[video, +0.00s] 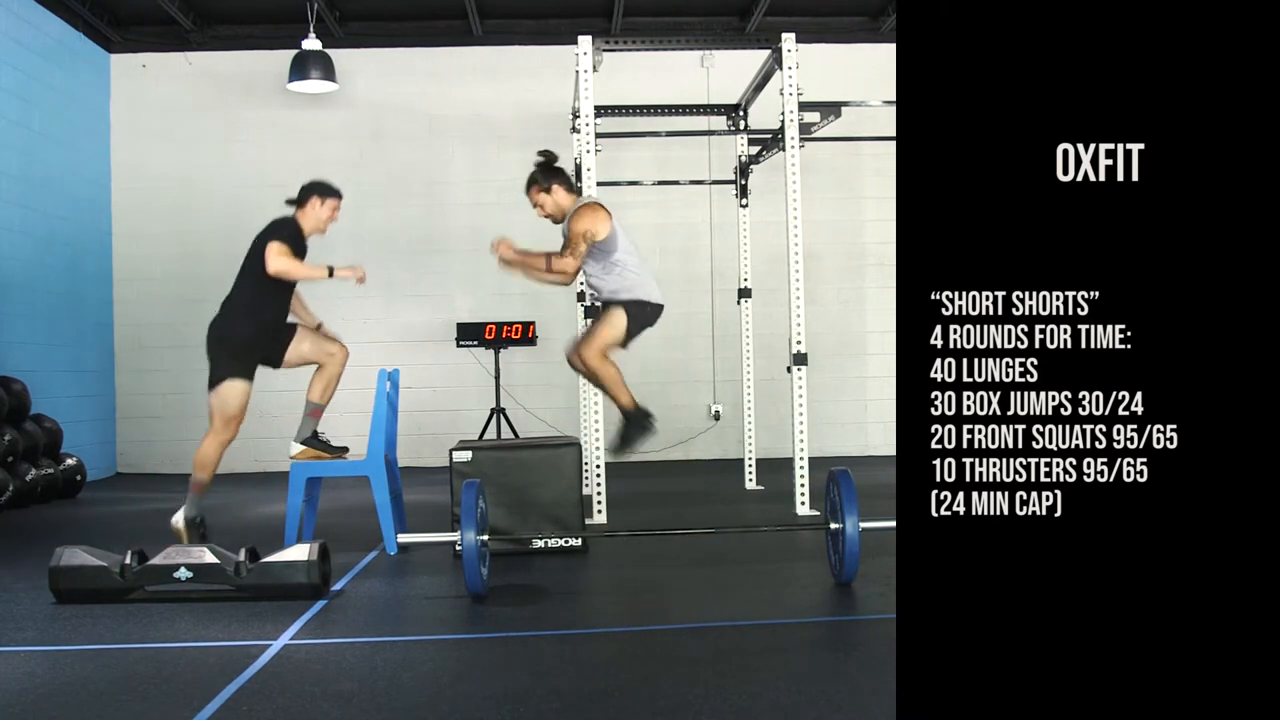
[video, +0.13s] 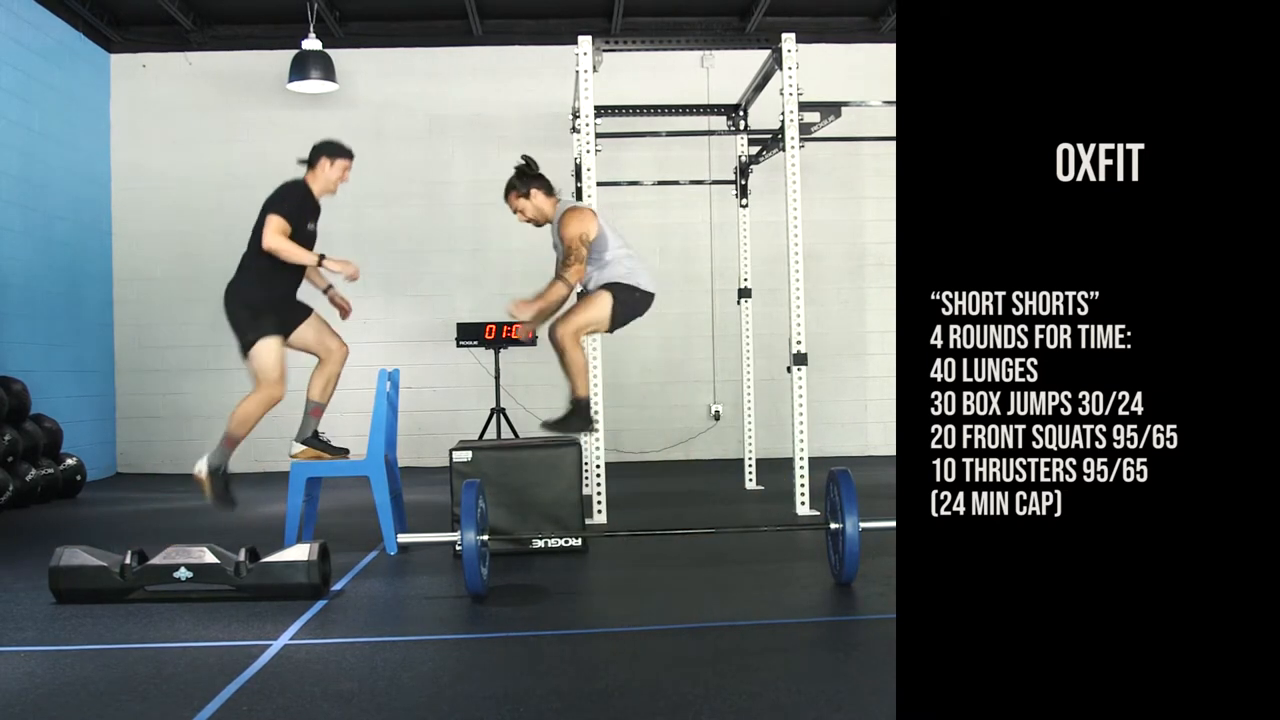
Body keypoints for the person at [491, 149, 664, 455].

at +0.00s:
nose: (540, 214)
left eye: (539, 205)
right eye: (536, 207)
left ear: (555, 190)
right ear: (555, 190)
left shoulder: (585, 215)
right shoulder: (580, 218)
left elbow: (567, 263)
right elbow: (566, 276)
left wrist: (516, 254)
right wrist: (518, 265)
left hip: (637, 300)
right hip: (621, 301)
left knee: (589, 352)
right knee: (576, 355)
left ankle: (635, 415)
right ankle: (632, 413)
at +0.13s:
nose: (522, 218)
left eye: (519, 210)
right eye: (516, 213)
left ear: (535, 194)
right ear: (535, 195)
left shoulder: (574, 219)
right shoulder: (563, 224)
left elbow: (571, 275)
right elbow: (563, 281)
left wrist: (536, 306)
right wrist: (534, 322)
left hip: (628, 286)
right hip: (616, 287)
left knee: (564, 331)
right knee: (560, 331)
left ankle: (582, 411)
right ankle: (579, 410)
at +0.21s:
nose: (515, 215)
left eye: (513, 206)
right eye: (510, 209)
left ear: (528, 191)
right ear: (530, 192)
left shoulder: (563, 218)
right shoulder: (553, 223)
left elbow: (584, 270)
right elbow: (569, 277)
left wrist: (563, 312)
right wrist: (561, 314)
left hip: (614, 299)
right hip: (603, 298)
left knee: (556, 350)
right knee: (555, 348)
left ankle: (580, 427)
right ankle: (579, 426)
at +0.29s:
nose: (509, 204)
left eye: (508, 195)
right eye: (505, 199)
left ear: (524, 181)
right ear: (525, 183)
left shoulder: (559, 209)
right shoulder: (549, 213)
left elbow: (589, 254)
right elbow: (584, 256)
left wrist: (579, 303)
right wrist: (575, 302)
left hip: (603, 297)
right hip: (596, 296)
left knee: (547, 348)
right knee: (546, 347)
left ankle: (572, 424)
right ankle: (571, 423)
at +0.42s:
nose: (506, 179)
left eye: (504, 170)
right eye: (502, 174)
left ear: (521, 155)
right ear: (520, 158)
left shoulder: (556, 183)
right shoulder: (545, 189)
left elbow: (591, 223)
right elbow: (576, 233)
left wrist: (583, 278)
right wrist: (567, 282)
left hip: (592, 277)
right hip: (579, 278)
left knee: (553, 341)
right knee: (550, 341)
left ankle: (572, 422)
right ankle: (569, 420)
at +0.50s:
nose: (506, 163)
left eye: (505, 155)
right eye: (502, 159)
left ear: (522, 139)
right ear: (523, 141)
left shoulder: (557, 167)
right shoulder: (543, 175)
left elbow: (590, 209)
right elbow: (571, 221)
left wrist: (584, 266)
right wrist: (564, 269)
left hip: (583, 268)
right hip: (568, 269)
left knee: (569, 337)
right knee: (558, 338)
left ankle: (576, 421)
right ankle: (571, 418)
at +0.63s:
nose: (512, 157)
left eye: (511, 148)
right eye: (507, 152)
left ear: (526, 132)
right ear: (526, 134)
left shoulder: (560, 159)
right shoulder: (548, 166)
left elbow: (592, 202)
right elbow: (573, 212)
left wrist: (581, 259)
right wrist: (559, 261)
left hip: (578, 266)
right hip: (568, 266)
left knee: (577, 341)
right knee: (574, 341)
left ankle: (577, 421)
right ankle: (574, 420)